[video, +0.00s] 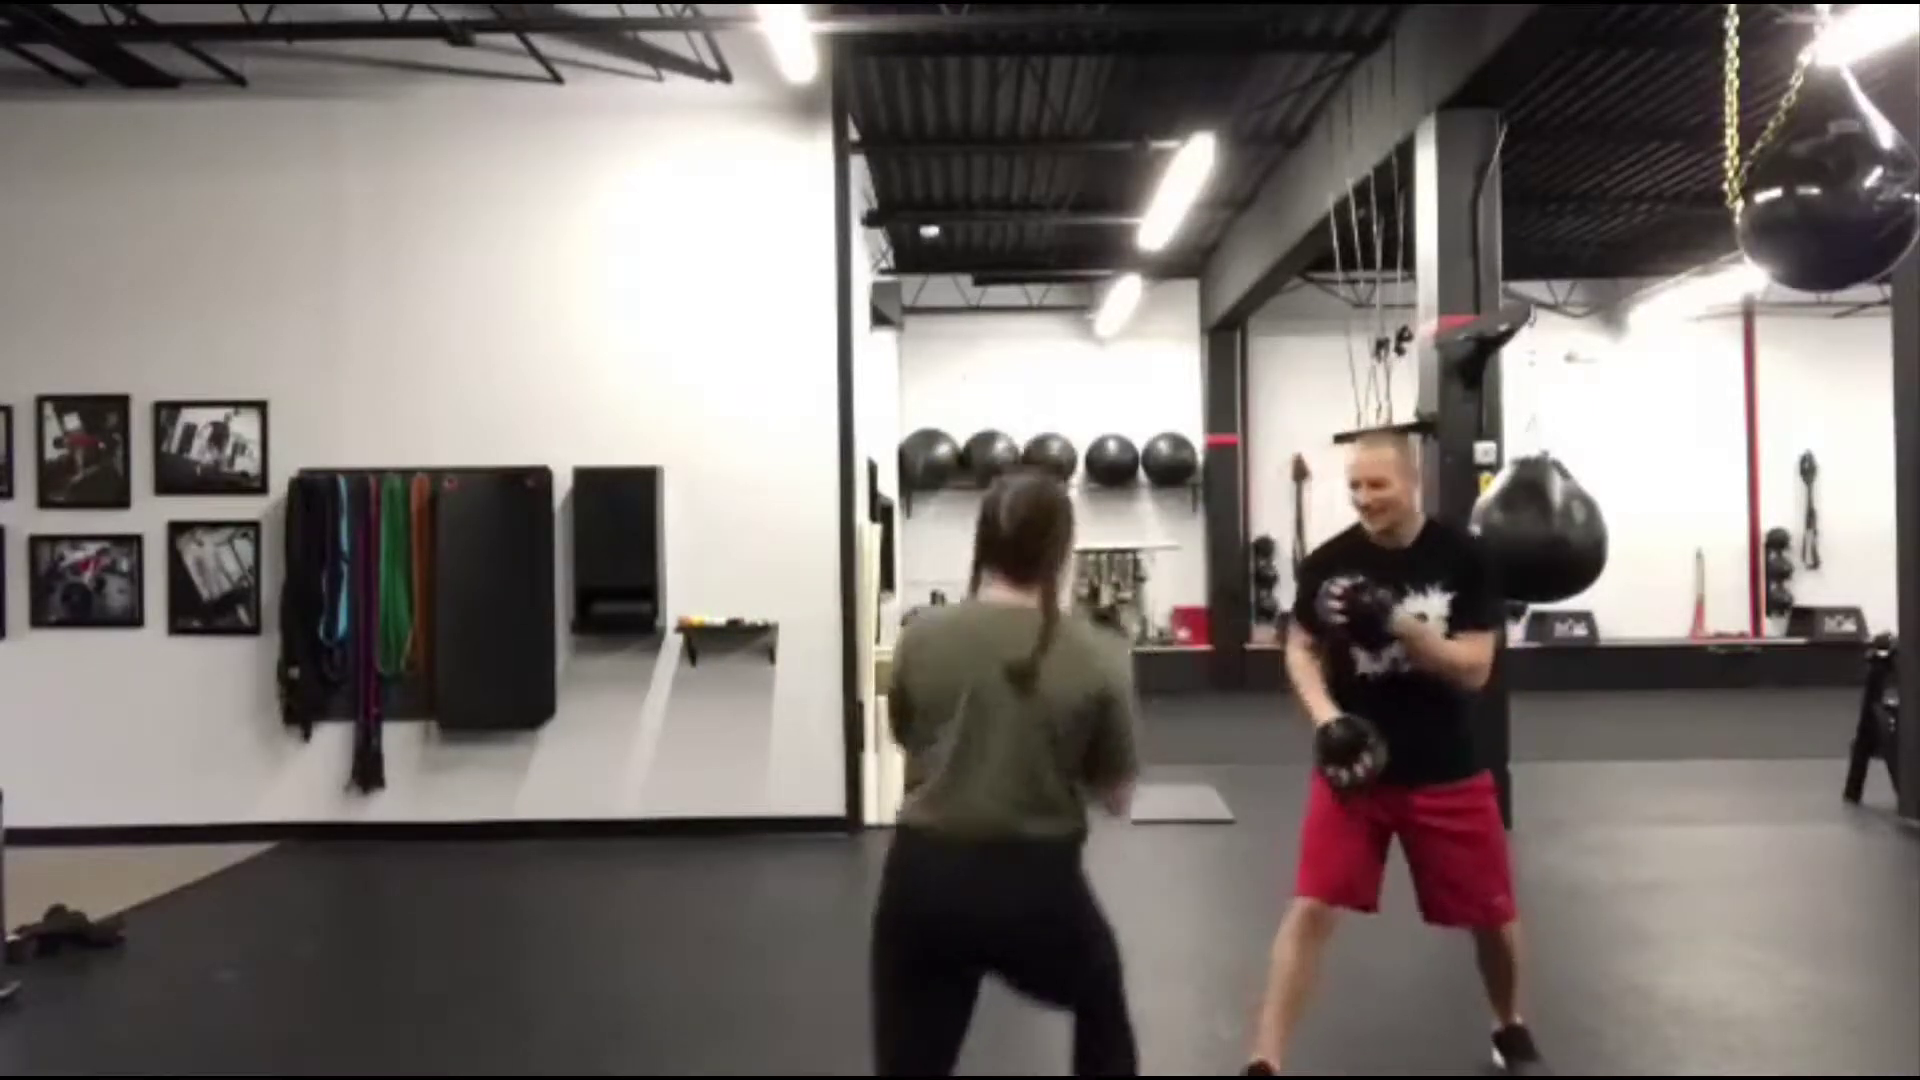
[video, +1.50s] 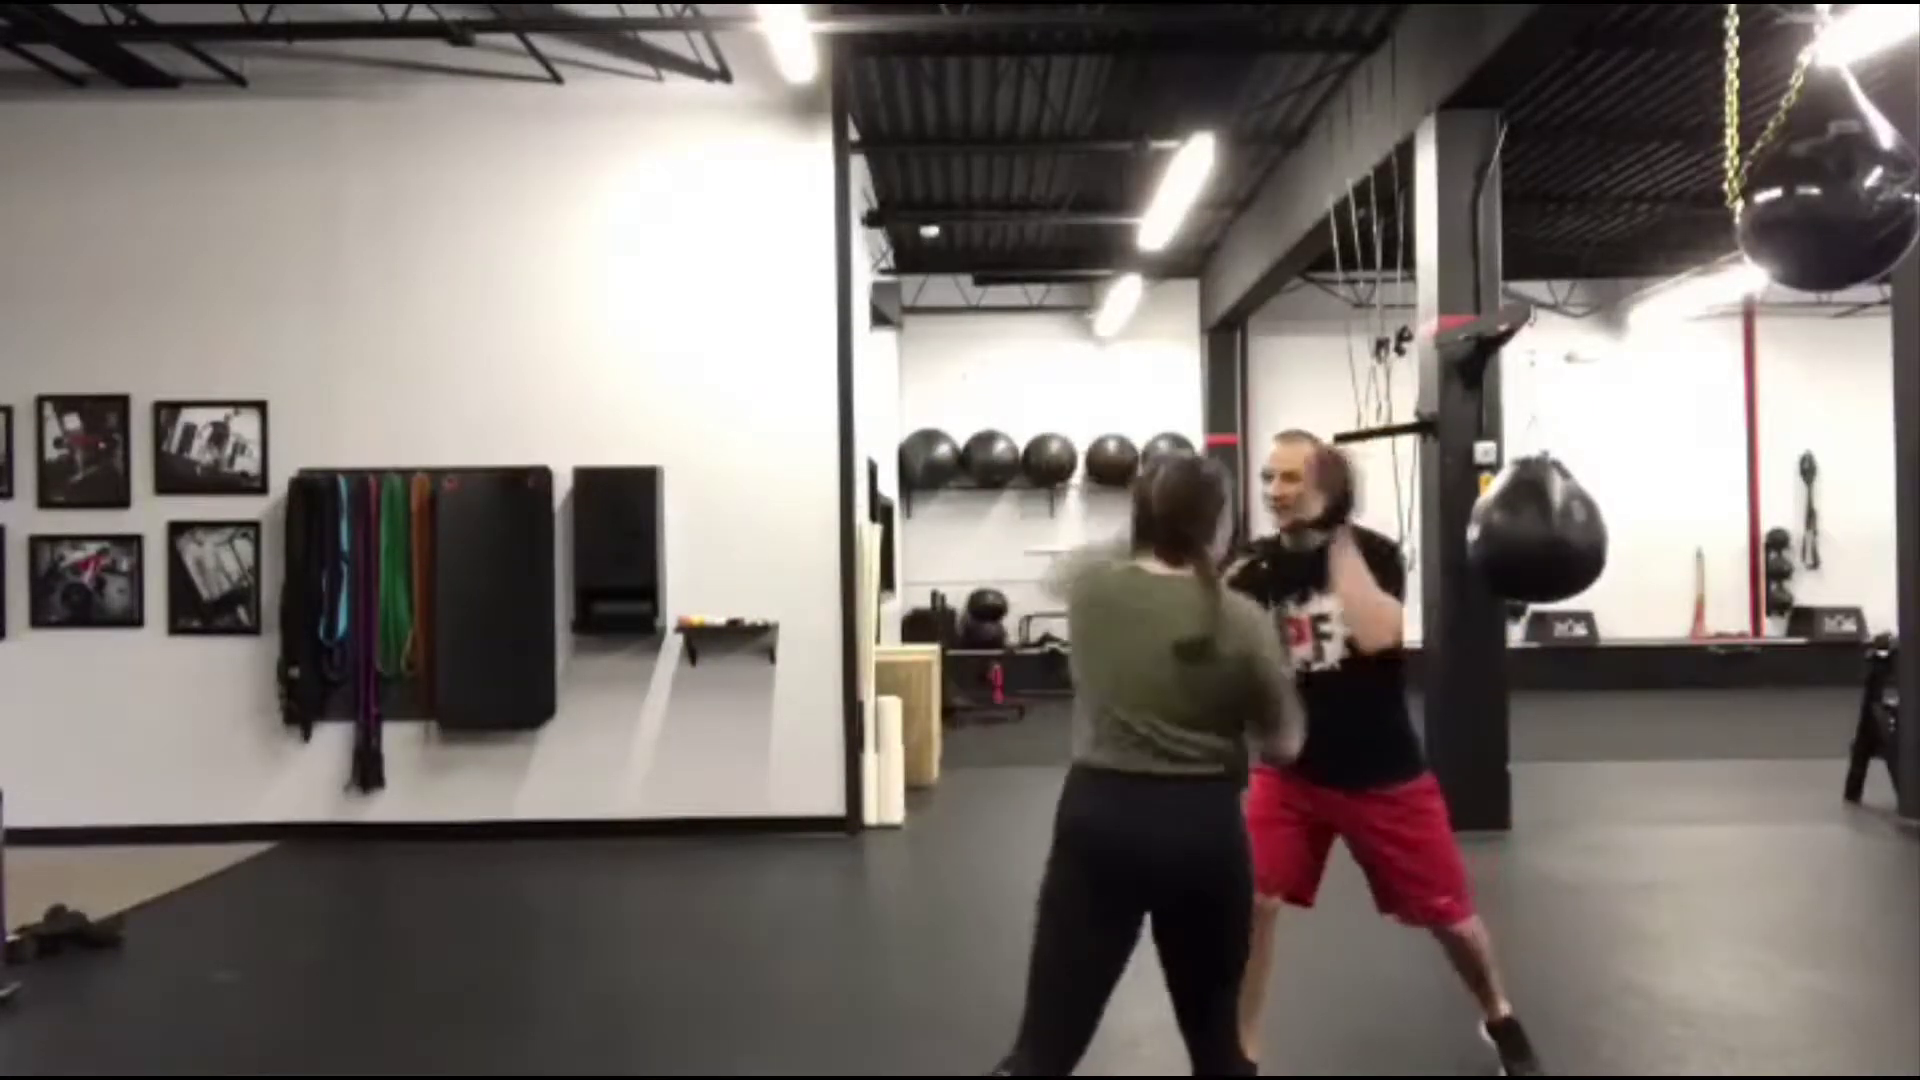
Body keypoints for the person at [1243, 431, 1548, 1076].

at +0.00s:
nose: (1366, 500)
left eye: (1378, 487)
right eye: (1357, 488)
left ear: (1413, 483)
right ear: (1347, 488)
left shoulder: (1464, 557)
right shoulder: (1325, 565)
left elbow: (1476, 665)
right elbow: (1300, 652)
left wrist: (1396, 626)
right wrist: (1330, 720)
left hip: (1451, 775)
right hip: (1354, 773)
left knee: (1496, 920)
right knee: (1313, 909)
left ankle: (1510, 1028)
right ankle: (1266, 1060)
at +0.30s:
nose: (1356, 492)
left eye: (1371, 480)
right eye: (1348, 480)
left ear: (1403, 481)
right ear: (1338, 482)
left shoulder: (1446, 555)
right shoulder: (1310, 560)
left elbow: (1467, 662)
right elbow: (1267, 644)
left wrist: (1406, 619)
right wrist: (1299, 685)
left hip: (1428, 772)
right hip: (1327, 771)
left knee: (1480, 911)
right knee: (1291, 905)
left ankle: (1508, 1028)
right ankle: (1247, 1053)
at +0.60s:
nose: (1324, 489)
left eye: (1339, 477)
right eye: (1320, 476)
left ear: (1378, 482)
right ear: (1315, 482)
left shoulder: (1423, 553)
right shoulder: (1291, 559)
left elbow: (1456, 666)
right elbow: (1234, 653)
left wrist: (1400, 610)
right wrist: (1264, 639)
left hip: (1414, 770)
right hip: (1314, 769)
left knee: (1477, 908)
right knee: (1281, 903)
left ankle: (1508, 1023)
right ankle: (1246, 1053)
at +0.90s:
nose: (1330, 501)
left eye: (1344, 489)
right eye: (1327, 489)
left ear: (1386, 493)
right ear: (1324, 494)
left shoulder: (1437, 567)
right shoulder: (1303, 572)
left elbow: (1462, 680)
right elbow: (1258, 672)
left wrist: (1417, 627)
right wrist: (1266, 648)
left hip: (1425, 777)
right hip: (1324, 774)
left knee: (1489, 914)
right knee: (1283, 906)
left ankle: (1509, 1027)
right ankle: (1245, 1053)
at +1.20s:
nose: (1323, 491)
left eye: (1339, 479)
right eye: (1318, 480)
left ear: (1380, 486)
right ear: (1313, 489)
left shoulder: (1430, 558)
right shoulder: (1304, 563)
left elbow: (1457, 668)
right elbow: (1262, 616)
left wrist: (1395, 593)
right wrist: (1241, 564)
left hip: (1425, 777)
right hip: (1323, 772)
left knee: (1485, 915)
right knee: (1281, 903)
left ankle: (1509, 1028)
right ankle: (1244, 1050)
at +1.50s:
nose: (1277, 490)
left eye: (1292, 479)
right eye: (1270, 479)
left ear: (1329, 487)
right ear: (1262, 487)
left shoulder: (1373, 555)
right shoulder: (1254, 567)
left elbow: (1379, 634)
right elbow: (1211, 642)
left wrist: (1337, 541)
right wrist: (1228, 586)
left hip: (1386, 779)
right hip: (1284, 776)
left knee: (1456, 924)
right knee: (1253, 905)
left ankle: (1500, 1020)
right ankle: (1242, 1051)